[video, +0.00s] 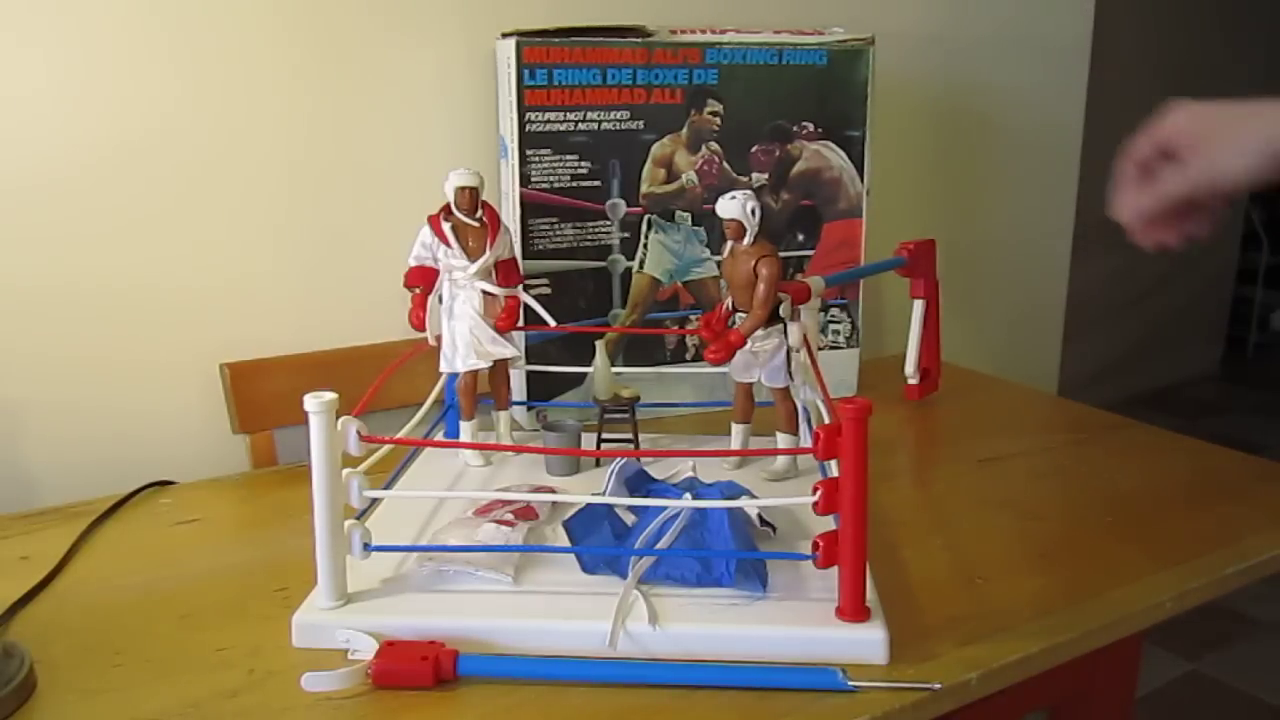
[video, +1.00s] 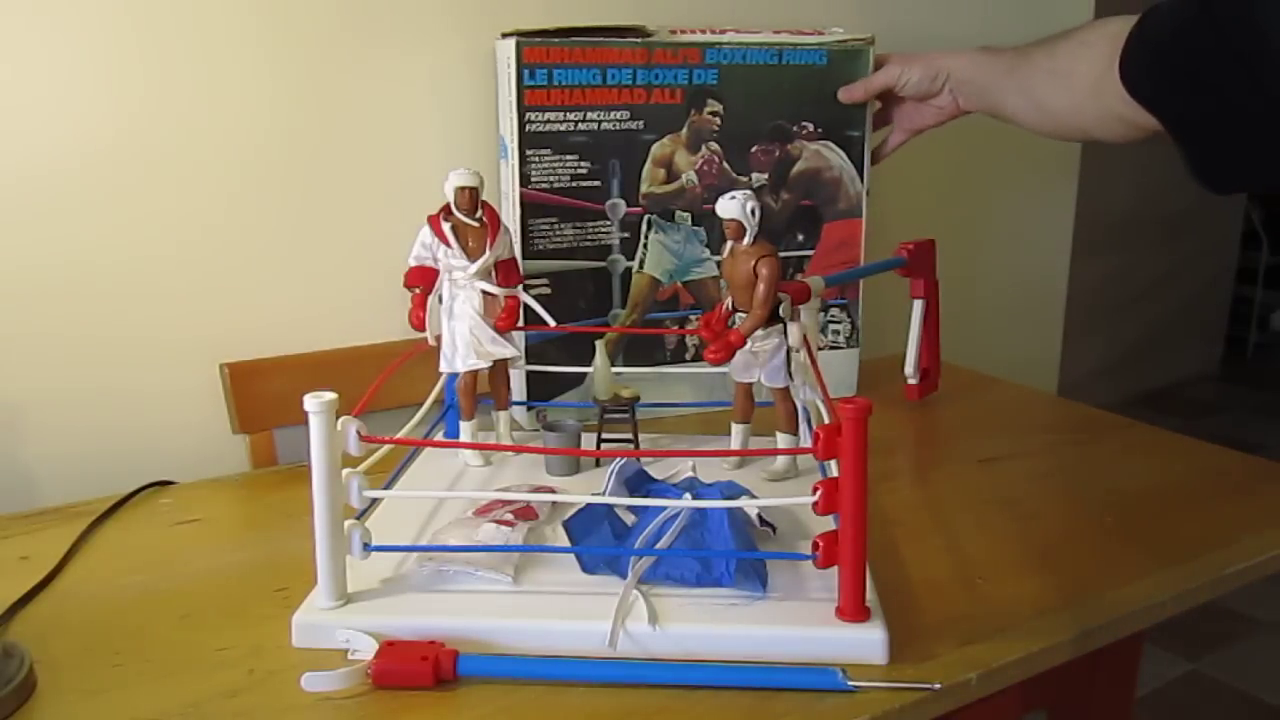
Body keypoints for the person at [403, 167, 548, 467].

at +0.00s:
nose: (467, 198)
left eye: (472, 191)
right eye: (461, 191)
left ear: (480, 194)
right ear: (451, 195)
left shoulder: (496, 227)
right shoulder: (436, 229)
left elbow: (508, 268)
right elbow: (422, 267)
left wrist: (512, 303)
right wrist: (419, 302)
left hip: (492, 302)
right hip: (458, 303)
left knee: (500, 363)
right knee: (469, 369)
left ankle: (504, 432)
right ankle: (469, 440)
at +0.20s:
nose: (467, 198)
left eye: (472, 191)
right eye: (461, 192)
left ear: (480, 195)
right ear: (451, 196)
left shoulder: (496, 228)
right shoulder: (436, 230)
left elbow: (508, 269)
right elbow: (421, 267)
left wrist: (511, 305)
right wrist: (419, 303)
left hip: (492, 302)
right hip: (458, 303)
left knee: (500, 363)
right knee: (469, 369)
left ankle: (504, 431)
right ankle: (468, 440)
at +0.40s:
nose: (467, 198)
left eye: (472, 191)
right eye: (461, 192)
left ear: (479, 194)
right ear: (450, 195)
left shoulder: (495, 227)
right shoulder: (435, 229)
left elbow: (508, 269)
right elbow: (421, 271)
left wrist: (510, 305)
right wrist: (420, 309)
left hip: (492, 302)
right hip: (458, 304)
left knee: (500, 363)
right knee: (468, 369)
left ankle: (505, 430)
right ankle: (468, 440)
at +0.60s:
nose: (467, 198)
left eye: (472, 191)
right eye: (461, 191)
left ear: (479, 194)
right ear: (450, 195)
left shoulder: (495, 228)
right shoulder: (435, 229)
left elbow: (508, 270)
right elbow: (421, 272)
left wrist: (511, 307)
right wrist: (421, 311)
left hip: (492, 303)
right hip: (458, 304)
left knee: (500, 363)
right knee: (468, 369)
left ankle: (505, 431)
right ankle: (468, 440)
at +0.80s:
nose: (467, 197)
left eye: (472, 191)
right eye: (461, 192)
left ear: (479, 194)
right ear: (451, 195)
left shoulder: (495, 227)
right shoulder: (435, 229)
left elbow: (508, 269)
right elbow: (421, 271)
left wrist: (510, 305)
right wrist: (421, 309)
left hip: (492, 302)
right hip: (457, 304)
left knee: (500, 363)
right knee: (468, 369)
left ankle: (504, 431)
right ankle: (468, 440)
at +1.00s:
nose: (467, 197)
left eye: (472, 191)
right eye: (461, 191)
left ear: (479, 194)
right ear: (451, 195)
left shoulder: (495, 227)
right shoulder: (435, 229)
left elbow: (508, 269)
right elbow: (421, 271)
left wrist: (510, 305)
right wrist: (421, 309)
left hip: (491, 302)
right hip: (456, 304)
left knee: (499, 364)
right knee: (468, 370)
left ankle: (504, 433)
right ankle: (468, 441)